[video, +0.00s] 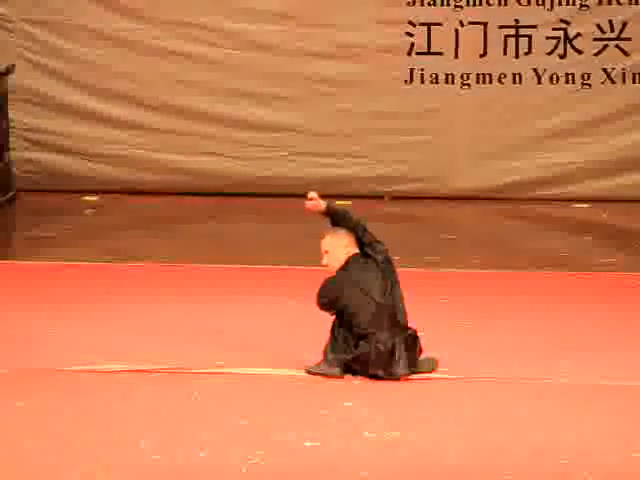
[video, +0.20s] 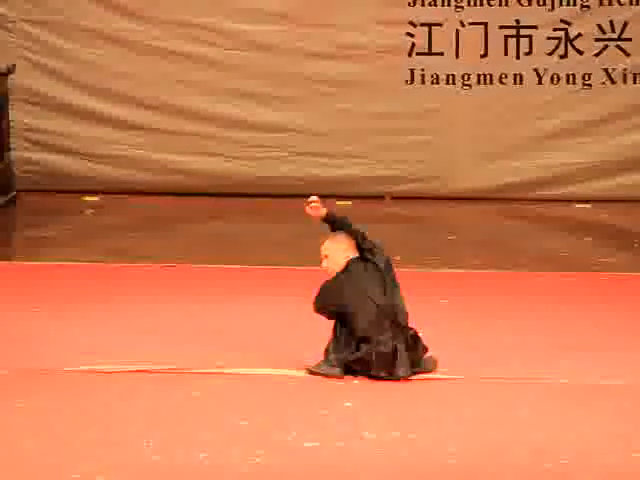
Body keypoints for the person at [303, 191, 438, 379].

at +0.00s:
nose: (323, 262)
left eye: (326, 254)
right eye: (323, 255)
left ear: (344, 250)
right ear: (351, 247)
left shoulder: (341, 282)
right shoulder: (379, 257)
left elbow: (323, 302)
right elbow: (358, 228)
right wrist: (326, 209)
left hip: (368, 361)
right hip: (402, 357)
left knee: (344, 317)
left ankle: (333, 362)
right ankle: (416, 362)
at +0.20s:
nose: (323, 266)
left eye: (326, 258)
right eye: (323, 259)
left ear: (342, 255)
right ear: (351, 251)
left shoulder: (341, 285)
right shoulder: (378, 261)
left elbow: (321, 306)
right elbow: (356, 235)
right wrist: (326, 216)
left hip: (367, 360)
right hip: (401, 356)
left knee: (345, 316)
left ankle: (333, 361)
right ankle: (420, 361)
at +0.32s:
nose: (316, 259)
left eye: (320, 252)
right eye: (317, 252)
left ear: (335, 251)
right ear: (346, 247)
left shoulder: (336, 277)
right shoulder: (370, 257)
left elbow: (301, 298)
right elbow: (345, 235)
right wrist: (312, 226)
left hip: (373, 359)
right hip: (405, 351)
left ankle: (333, 361)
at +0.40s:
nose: (316, 244)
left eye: (317, 239)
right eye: (314, 239)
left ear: (325, 239)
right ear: (345, 234)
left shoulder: (327, 265)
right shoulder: (369, 250)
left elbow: (285, 281)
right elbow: (338, 258)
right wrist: (306, 244)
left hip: (361, 353)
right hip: (394, 349)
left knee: (335, 308)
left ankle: (330, 362)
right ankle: (406, 361)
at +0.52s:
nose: (312, 213)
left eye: (315, 207)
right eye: (311, 207)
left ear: (329, 206)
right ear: (338, 205)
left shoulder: (330, 231)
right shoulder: (361, 226)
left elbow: (282, 234)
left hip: (363, 304)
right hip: (388, 302)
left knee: (319, 304)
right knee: (356, 358)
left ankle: (328, 363)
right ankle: (413, 362)